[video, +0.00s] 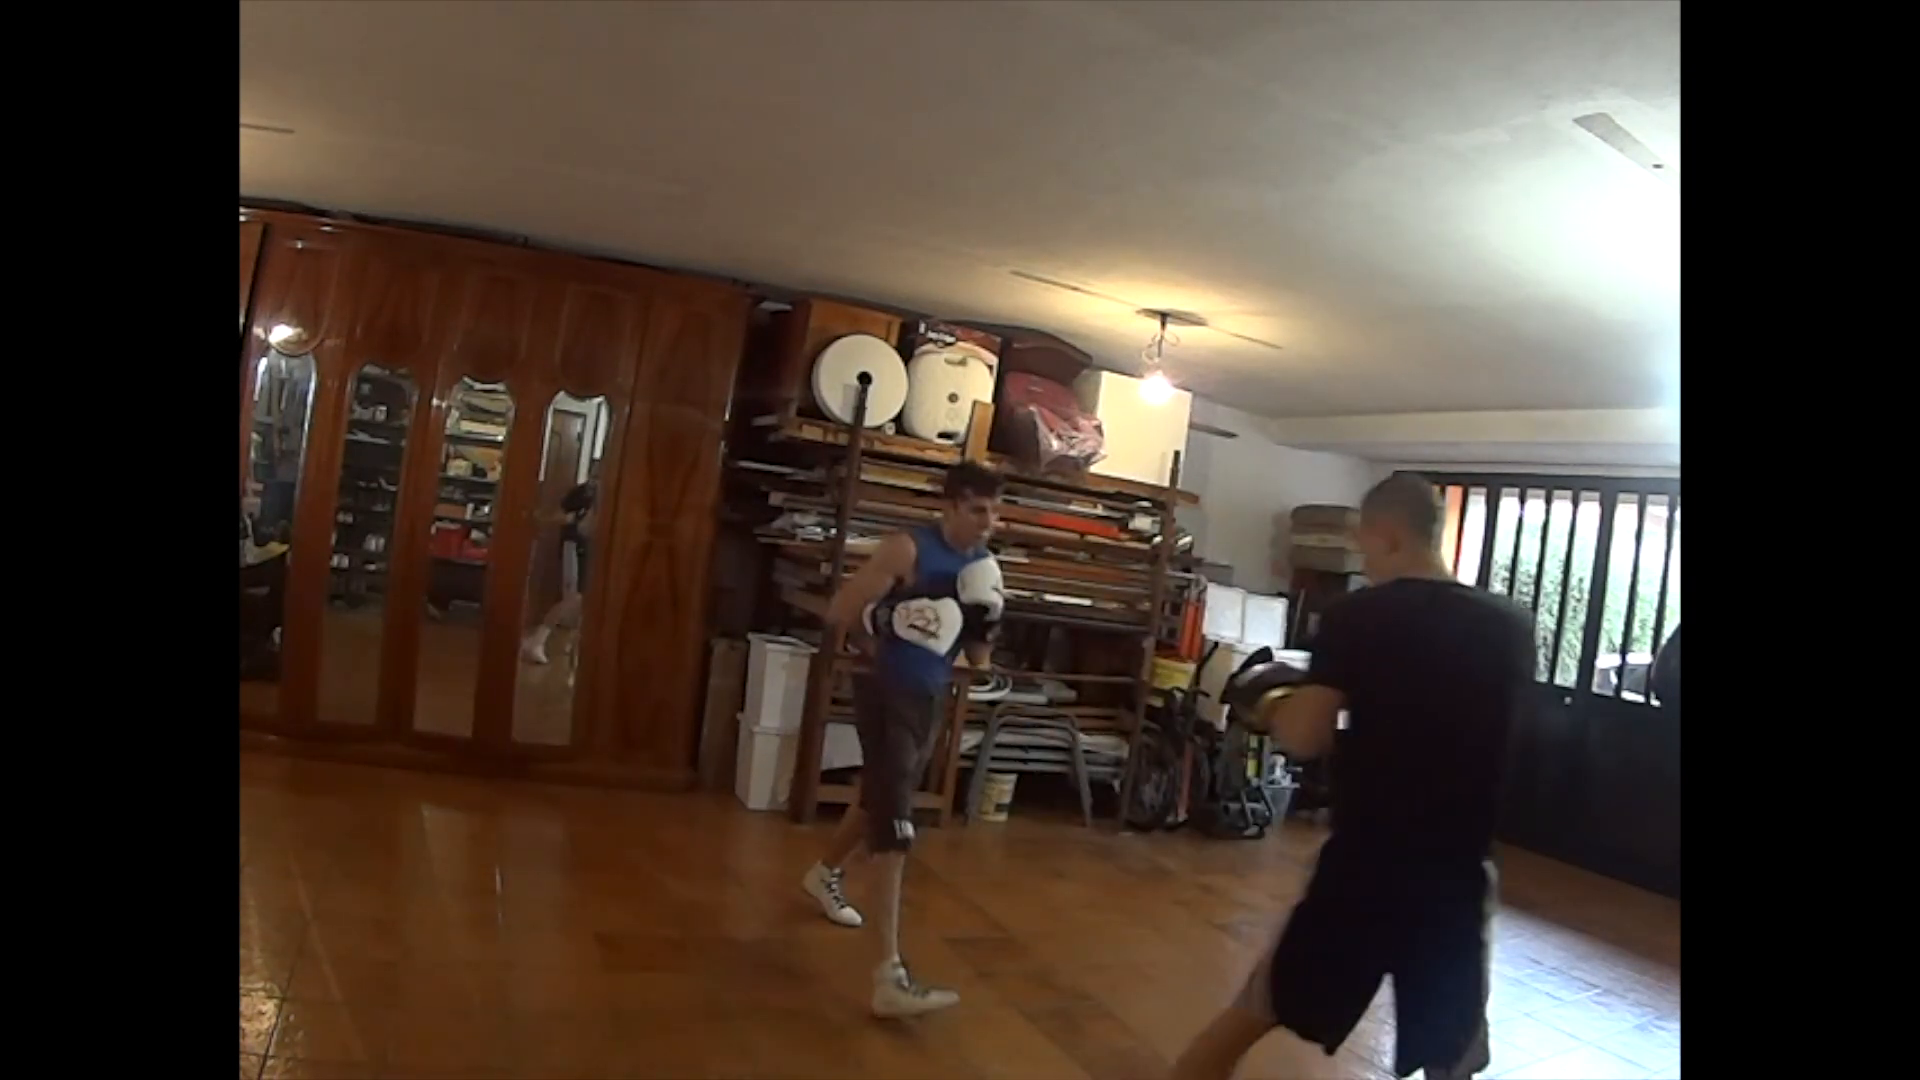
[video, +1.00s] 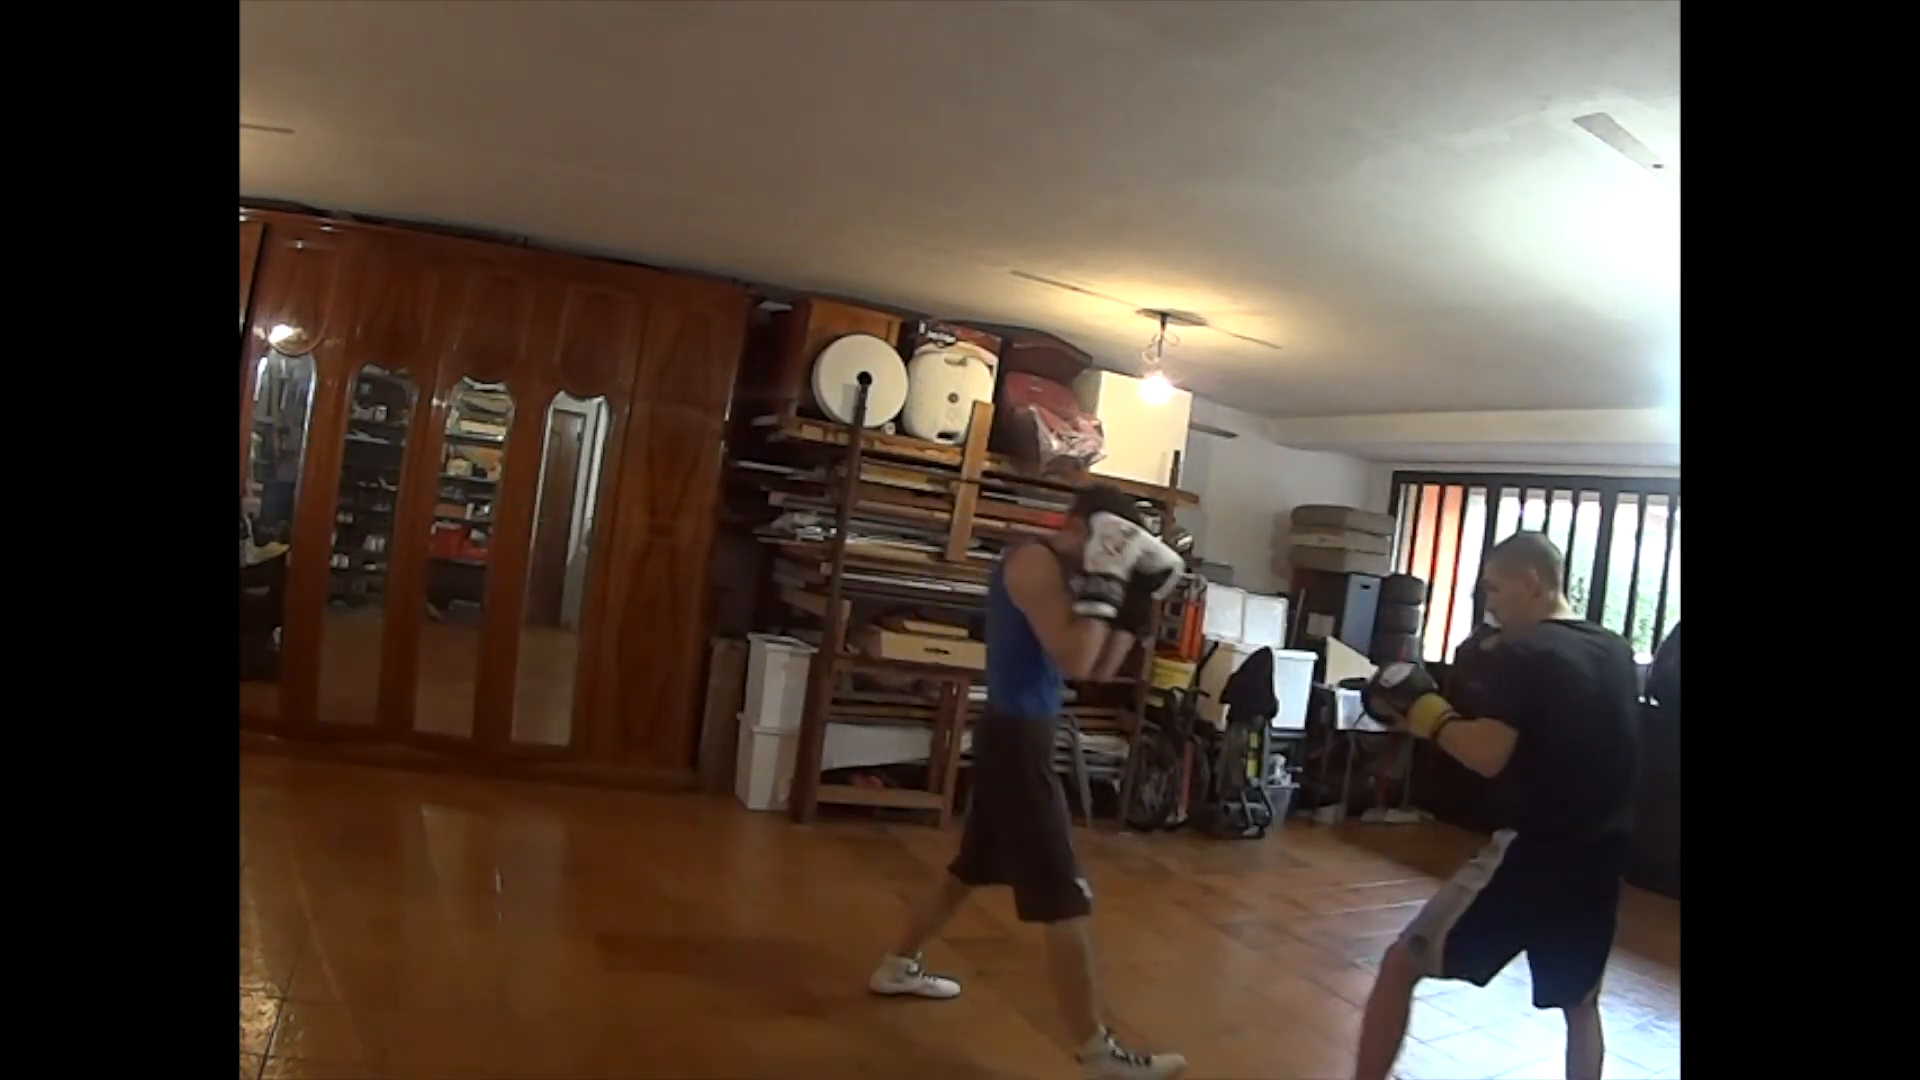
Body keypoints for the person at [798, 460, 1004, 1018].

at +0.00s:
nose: (984, 524)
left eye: (990, 515)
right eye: (976, 511)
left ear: (993, 517)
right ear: (948, 505)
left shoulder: (976, 567)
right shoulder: (905, 549)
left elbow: (977, 660)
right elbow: (840, 614)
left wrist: (985, 621)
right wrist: (882, 616)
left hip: (928, 700)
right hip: (886, 694)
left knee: (880, 803)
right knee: (893, 835)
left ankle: (824, 871)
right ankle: (888, 975)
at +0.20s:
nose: (1005, 522)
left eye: (1014, 514)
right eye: (996, 509)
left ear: (1020, 521)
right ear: (969, 503)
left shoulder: (996, 567)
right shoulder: (923, 551)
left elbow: (1006, 657)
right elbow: (899, 646)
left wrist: (1035, 605)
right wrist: (939, 592)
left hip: (943, 712)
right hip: (903, 704)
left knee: (905, 817)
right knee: (919, 849)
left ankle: (834, 869)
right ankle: (899, 991)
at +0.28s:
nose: (1004, 523)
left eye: (1015, 516)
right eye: (998, 508)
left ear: (1019, 521)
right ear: (975, 498)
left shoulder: (1002, 562)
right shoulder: (928, 548)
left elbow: (1018, 648)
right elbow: (940, 631)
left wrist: (1049, 587)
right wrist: (971, 573)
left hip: (948, 709)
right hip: (912, 704)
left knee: (907, 824)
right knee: (928, 854)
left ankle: (835, 881)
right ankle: (901, 992)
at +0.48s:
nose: (1033, 518)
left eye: (1040, 510)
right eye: (1031, 505)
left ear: (1031, 508)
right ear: (1002, 489)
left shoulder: (997, 541)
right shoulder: (955, 537)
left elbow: (1039, 625)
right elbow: (1018, 621)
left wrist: (1070, 558)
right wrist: (1039, 553)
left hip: (971, 708)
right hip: (947, 708)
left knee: (938, 850)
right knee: (944, 862)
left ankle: (881, 946)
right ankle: (902, 993)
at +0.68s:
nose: (1049, 542)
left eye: (1057, 533)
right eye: (1050, 530)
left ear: (1038, 525)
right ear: (1024, 511)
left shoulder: (1007, 560)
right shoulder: (974, 547)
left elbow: (1039, 652)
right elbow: (1015, 642)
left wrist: (1076, 591)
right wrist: (1045, 572)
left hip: (981, 725)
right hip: (969, 726)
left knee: (962, 864)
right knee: (1028, 876)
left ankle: (901, 961)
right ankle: (936, 978)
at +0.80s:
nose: (1067, 534)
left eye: (1071, 526)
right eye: (1068, 524)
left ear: (1046, 517)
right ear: (1044, 513)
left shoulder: (1024, 557)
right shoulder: (990, 545)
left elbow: (1058, 653)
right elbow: (1035, 640)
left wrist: (1096, 588)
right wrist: (1062, 568)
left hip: (995, 723)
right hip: (988, 723)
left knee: (967, 856)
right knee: (1054, 876)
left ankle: (900, 964)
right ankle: (1010, 1016)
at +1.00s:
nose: (1106, 552)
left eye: (1113, 544)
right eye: (1106, 540)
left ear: (1083, 531)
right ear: (1079, 525)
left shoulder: (1059, 567)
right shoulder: (1032, 559)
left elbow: (1099, 666)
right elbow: (1075, 660)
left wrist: (1139, 593)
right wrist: (1102, 582)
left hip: (1019, 743)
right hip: (1019, 746)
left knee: (970, 867)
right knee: (1066, 903)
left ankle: (899, 965)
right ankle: (1093, 1046)